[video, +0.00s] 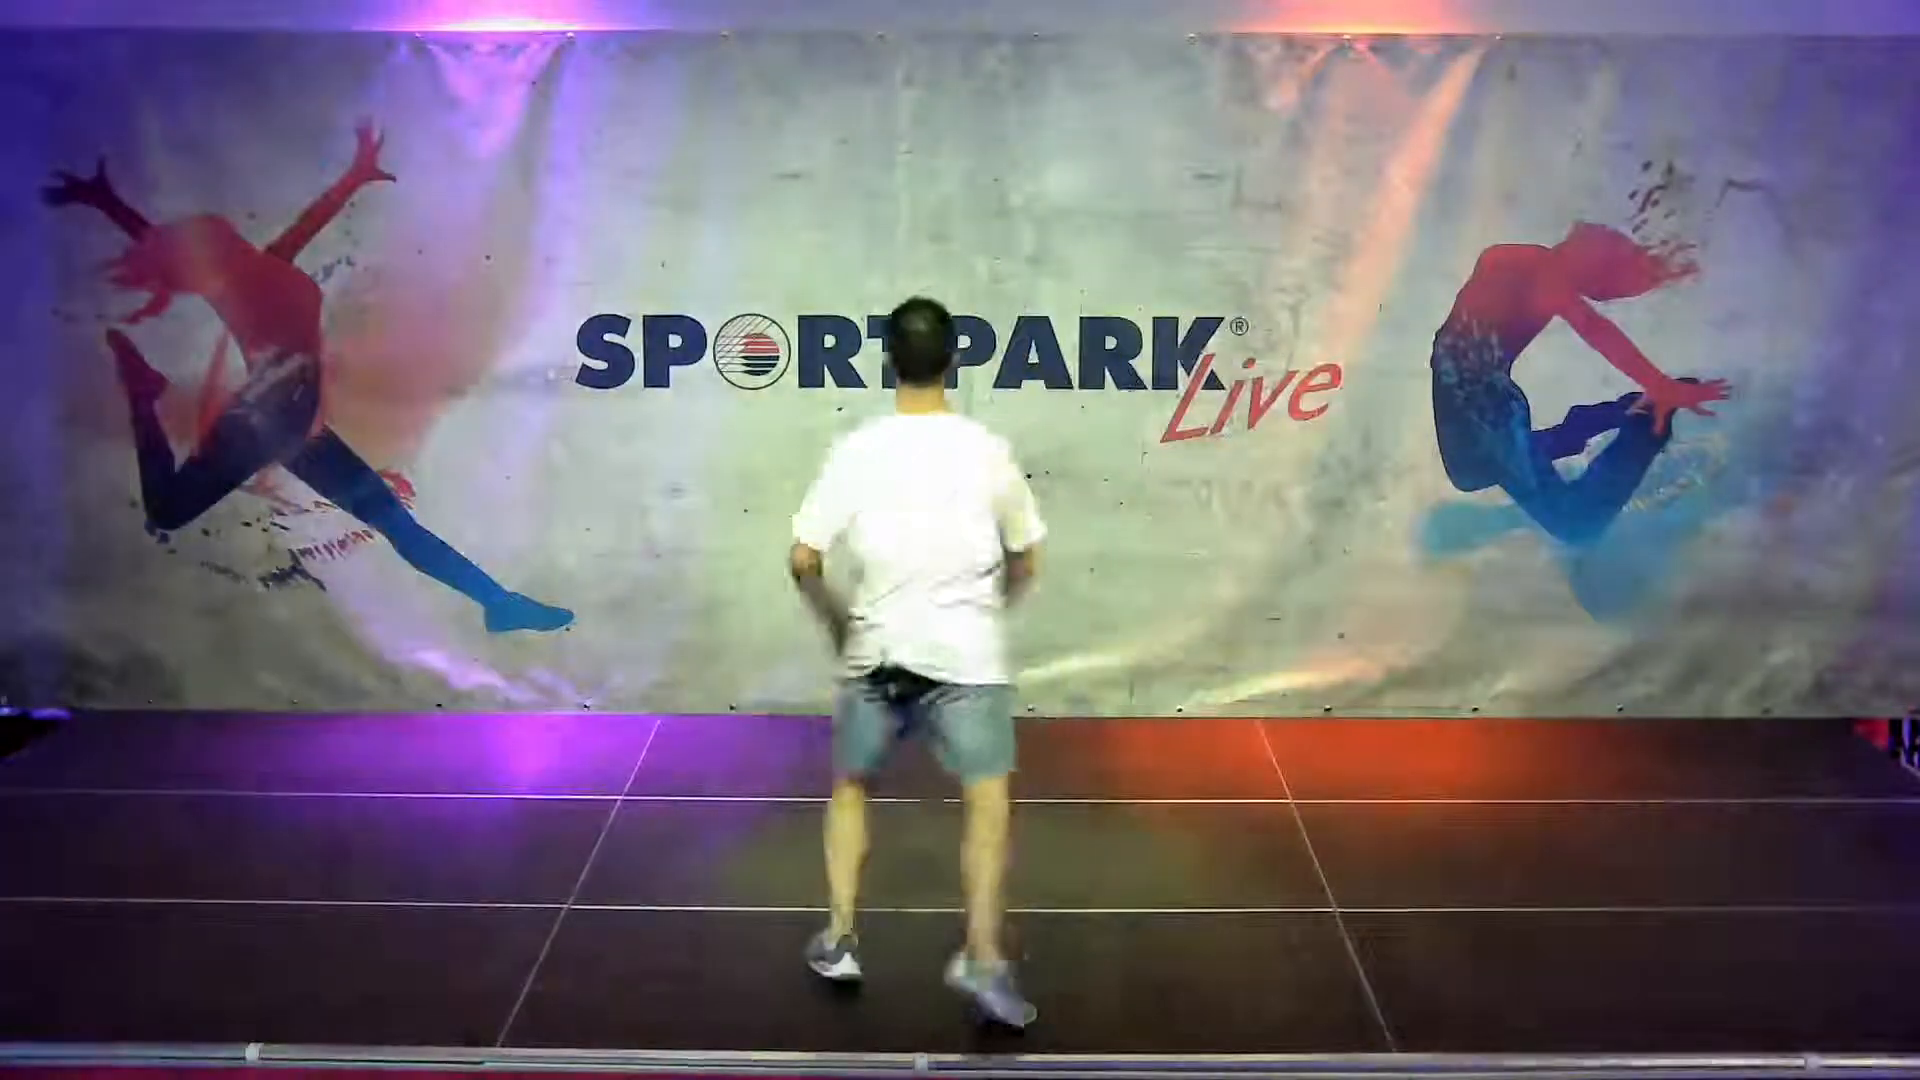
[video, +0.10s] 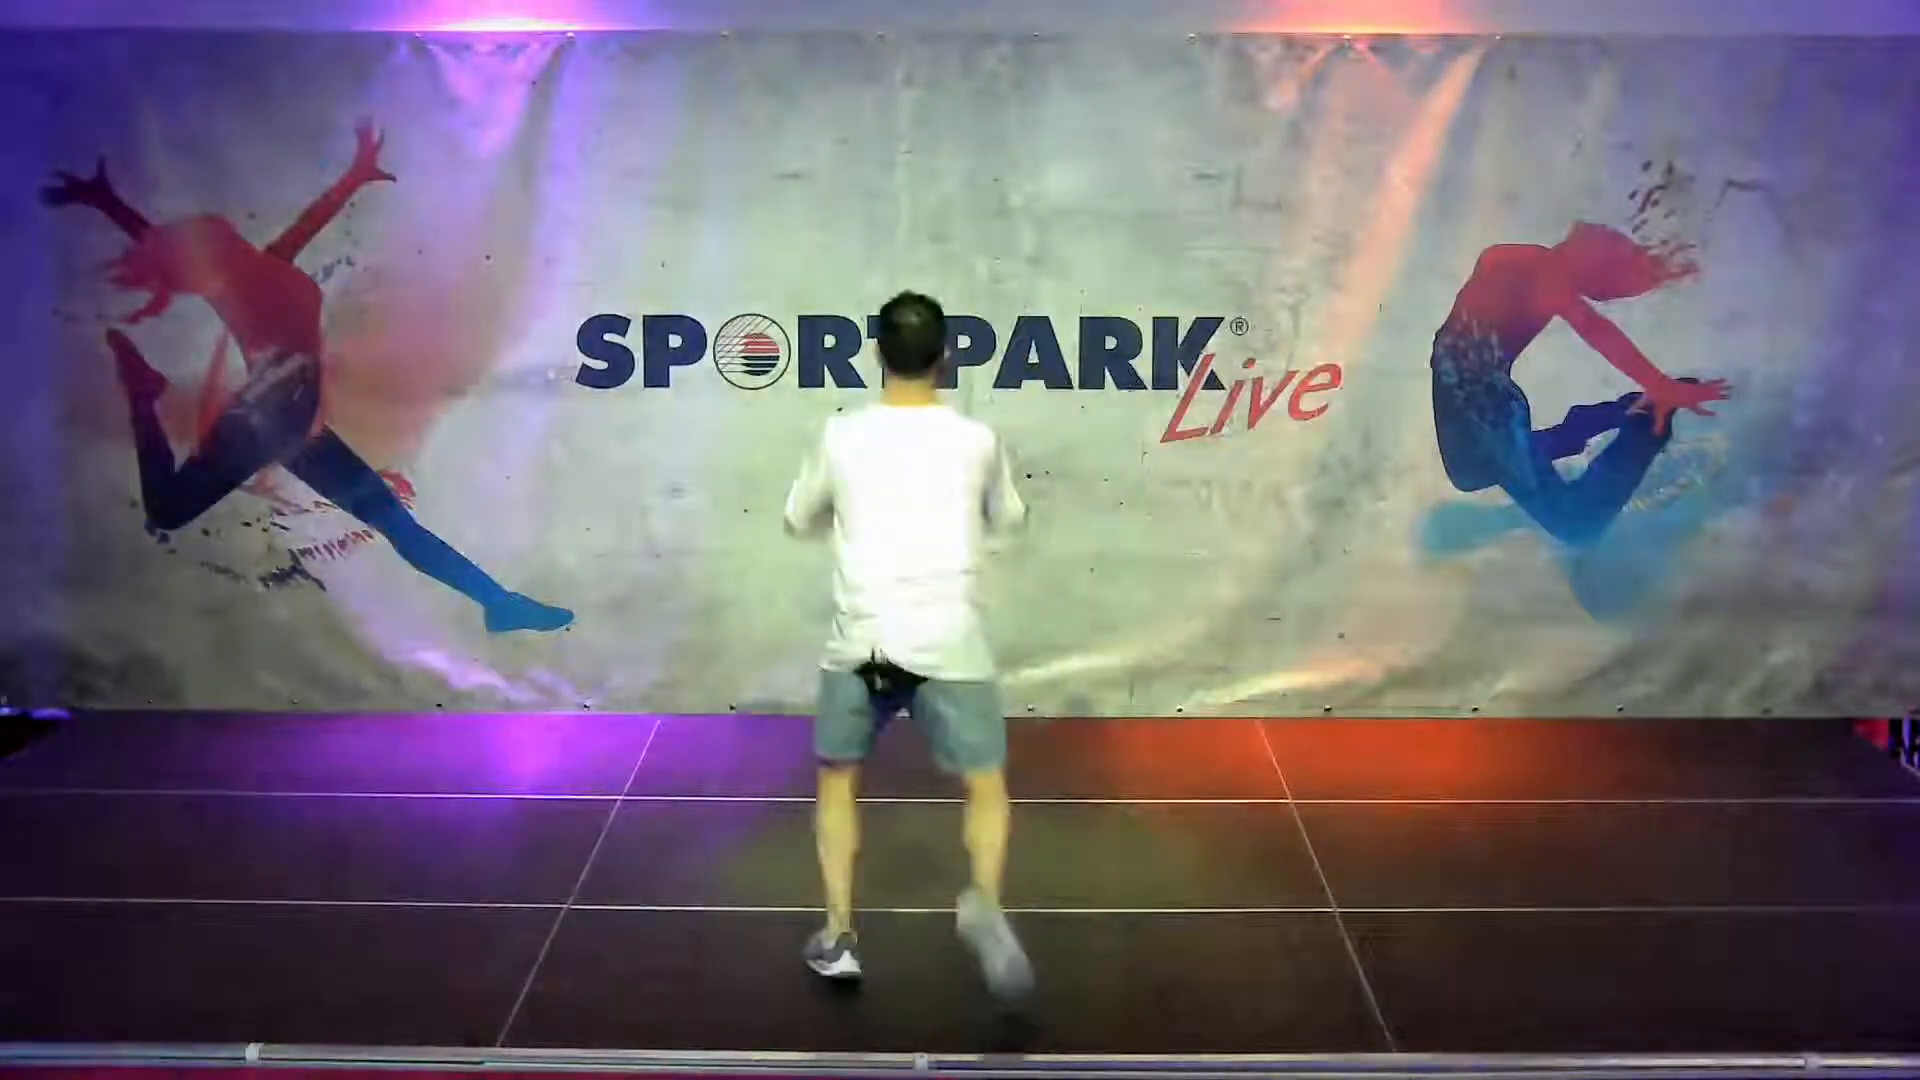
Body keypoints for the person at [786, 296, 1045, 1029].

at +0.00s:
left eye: (897, 355)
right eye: (940, 355)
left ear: (888, 365)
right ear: (953, 364)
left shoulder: (856, 451)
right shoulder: (986, 449)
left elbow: (804, 560)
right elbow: (1024, 560)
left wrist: (841, 621)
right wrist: (982, 607)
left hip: (878, 645)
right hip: (967, 647)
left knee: (850, 786)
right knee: (988, 799)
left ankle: (840, 938)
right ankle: (984, 960)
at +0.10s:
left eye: (884, 346)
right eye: (934, 348)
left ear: (877, 355)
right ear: (944, 357)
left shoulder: (844, 434)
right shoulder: (976, 439)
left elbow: (803, 518)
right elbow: (1007, 516)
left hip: (863, 637)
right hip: (950, 640)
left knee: (836, 777)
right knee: (986, 780)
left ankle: (839, 936)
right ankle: (985, 899)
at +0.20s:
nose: (904, 314)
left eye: (888, 305)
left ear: (873, 307)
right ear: (940, 312)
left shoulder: (840, 374)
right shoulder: (963, 380)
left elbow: (852, 336)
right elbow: (970, 338)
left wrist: (890, 310)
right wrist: (944, 316)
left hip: (857, 575)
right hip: (939, 575)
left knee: (842, 732)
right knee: (965, 700)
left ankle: (848, 892)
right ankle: (949, 836)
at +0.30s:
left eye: (887, 275)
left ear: (873, 288)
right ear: (938, 290)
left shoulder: (841, 349)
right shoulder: (959, 354)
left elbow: (859, 288)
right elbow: (970, 285)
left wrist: (899, 227)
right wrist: (938, 218)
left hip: (852, 547)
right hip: (934, 550)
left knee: (856, 709)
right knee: (943, 682)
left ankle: (865, 872)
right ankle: (937, 826)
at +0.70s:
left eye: (896, 306)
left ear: (889, 315)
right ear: (948, 318)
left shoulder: (854, 393)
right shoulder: (975, 393)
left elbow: (764, 428)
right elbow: (1027, 411)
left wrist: (734, 423)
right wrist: (1037, 395)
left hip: (867, 563)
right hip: (941, 569)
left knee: (852, 617)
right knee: (928, 666)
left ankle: (862, 734)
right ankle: (913, 787)